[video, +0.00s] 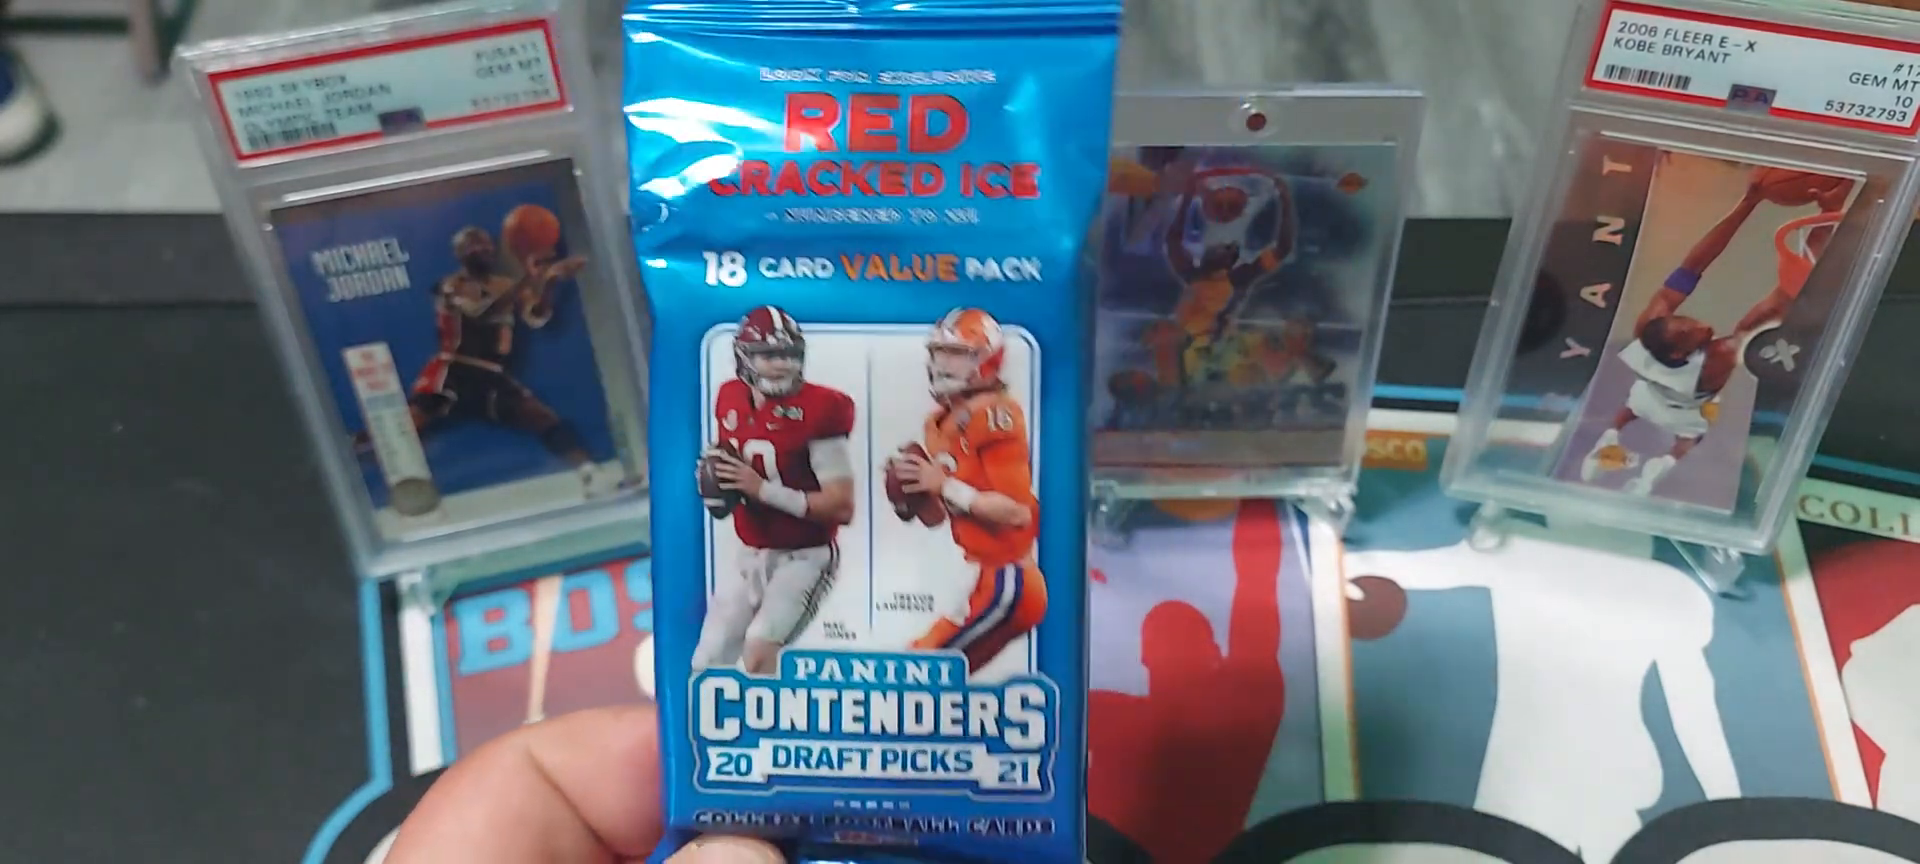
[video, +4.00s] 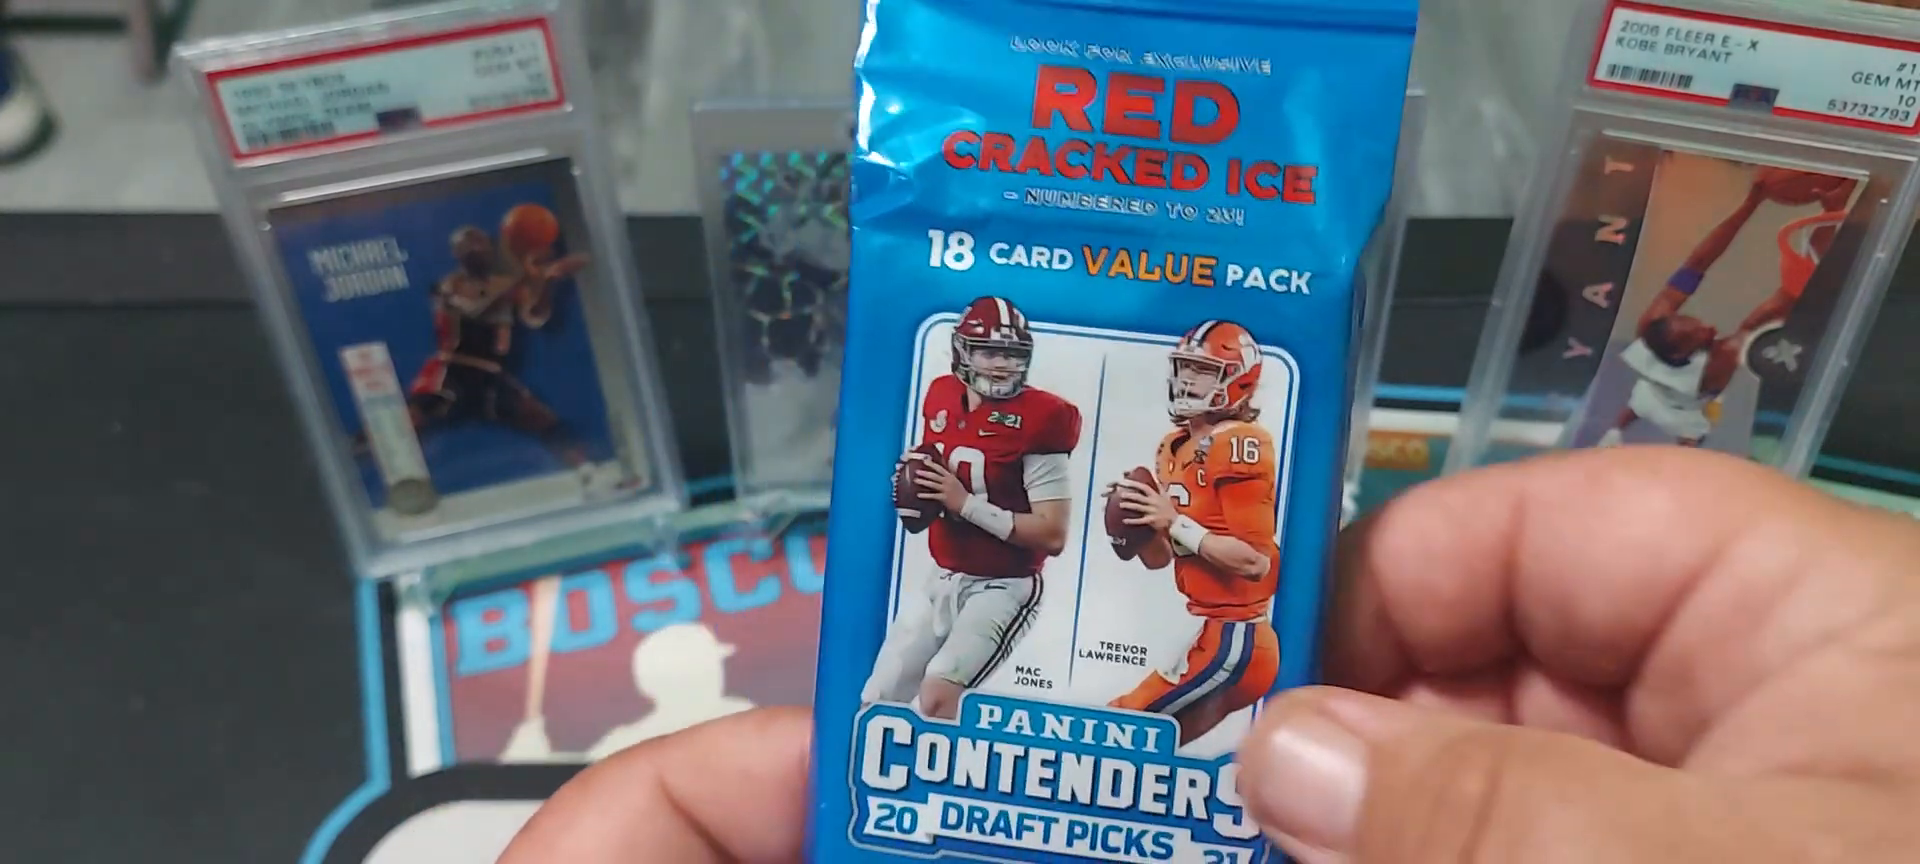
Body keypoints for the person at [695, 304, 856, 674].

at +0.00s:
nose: (779, 364)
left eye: (788, 354)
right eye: (768, 355)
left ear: (800, 356)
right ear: (745, 358)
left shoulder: (822, 408)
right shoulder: (731, 397)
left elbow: (842, 507)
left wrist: (761, 488)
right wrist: (712, 477)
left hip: (805, 558)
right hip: (749, 557)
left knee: (759, 650)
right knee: (706, 662)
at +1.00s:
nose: (770, 335)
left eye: (778, 325)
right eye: (757, 326)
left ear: (791, 326)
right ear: (734, 329)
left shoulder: (818, 379)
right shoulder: (721, 371)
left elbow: (843, 484)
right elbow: (718, 436)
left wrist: (759, 467)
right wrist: (704, 452)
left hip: (808, 538)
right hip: (747, 539)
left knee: (760, 646)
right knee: (707, 657)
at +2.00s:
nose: (787, 346)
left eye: (795, 335)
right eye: (775, 336)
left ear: (808, 336)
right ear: (750, 339)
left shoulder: (837, 390)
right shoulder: (736, 382)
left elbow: (864, 499)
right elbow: (739, 457)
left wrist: (776, 481)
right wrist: (722, 467)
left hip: (828, 555)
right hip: (766, 557)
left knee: (780, 669)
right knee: (726, 678)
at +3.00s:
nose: (813, 366)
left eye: (821, 355)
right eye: (800, 356)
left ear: (834, 357)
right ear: (776, 359)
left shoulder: (860, 411)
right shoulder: (762, 402)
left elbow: (885, 521)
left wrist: (798, 502)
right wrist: (745, 490)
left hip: (849, 576)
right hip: (788, 578)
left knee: (799, 689)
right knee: (744, 701)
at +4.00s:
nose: (1003, 364)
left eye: (1014, 354)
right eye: (989, 352)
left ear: (1026, 358)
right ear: (963, 352)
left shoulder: (1045, 417)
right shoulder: (942, 394)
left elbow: (1053, 534)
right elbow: (933, 469)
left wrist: (966, 504)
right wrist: (911, 480)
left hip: (1006, 588)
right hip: (941, 580)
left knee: (937, 697)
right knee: (878, 698)